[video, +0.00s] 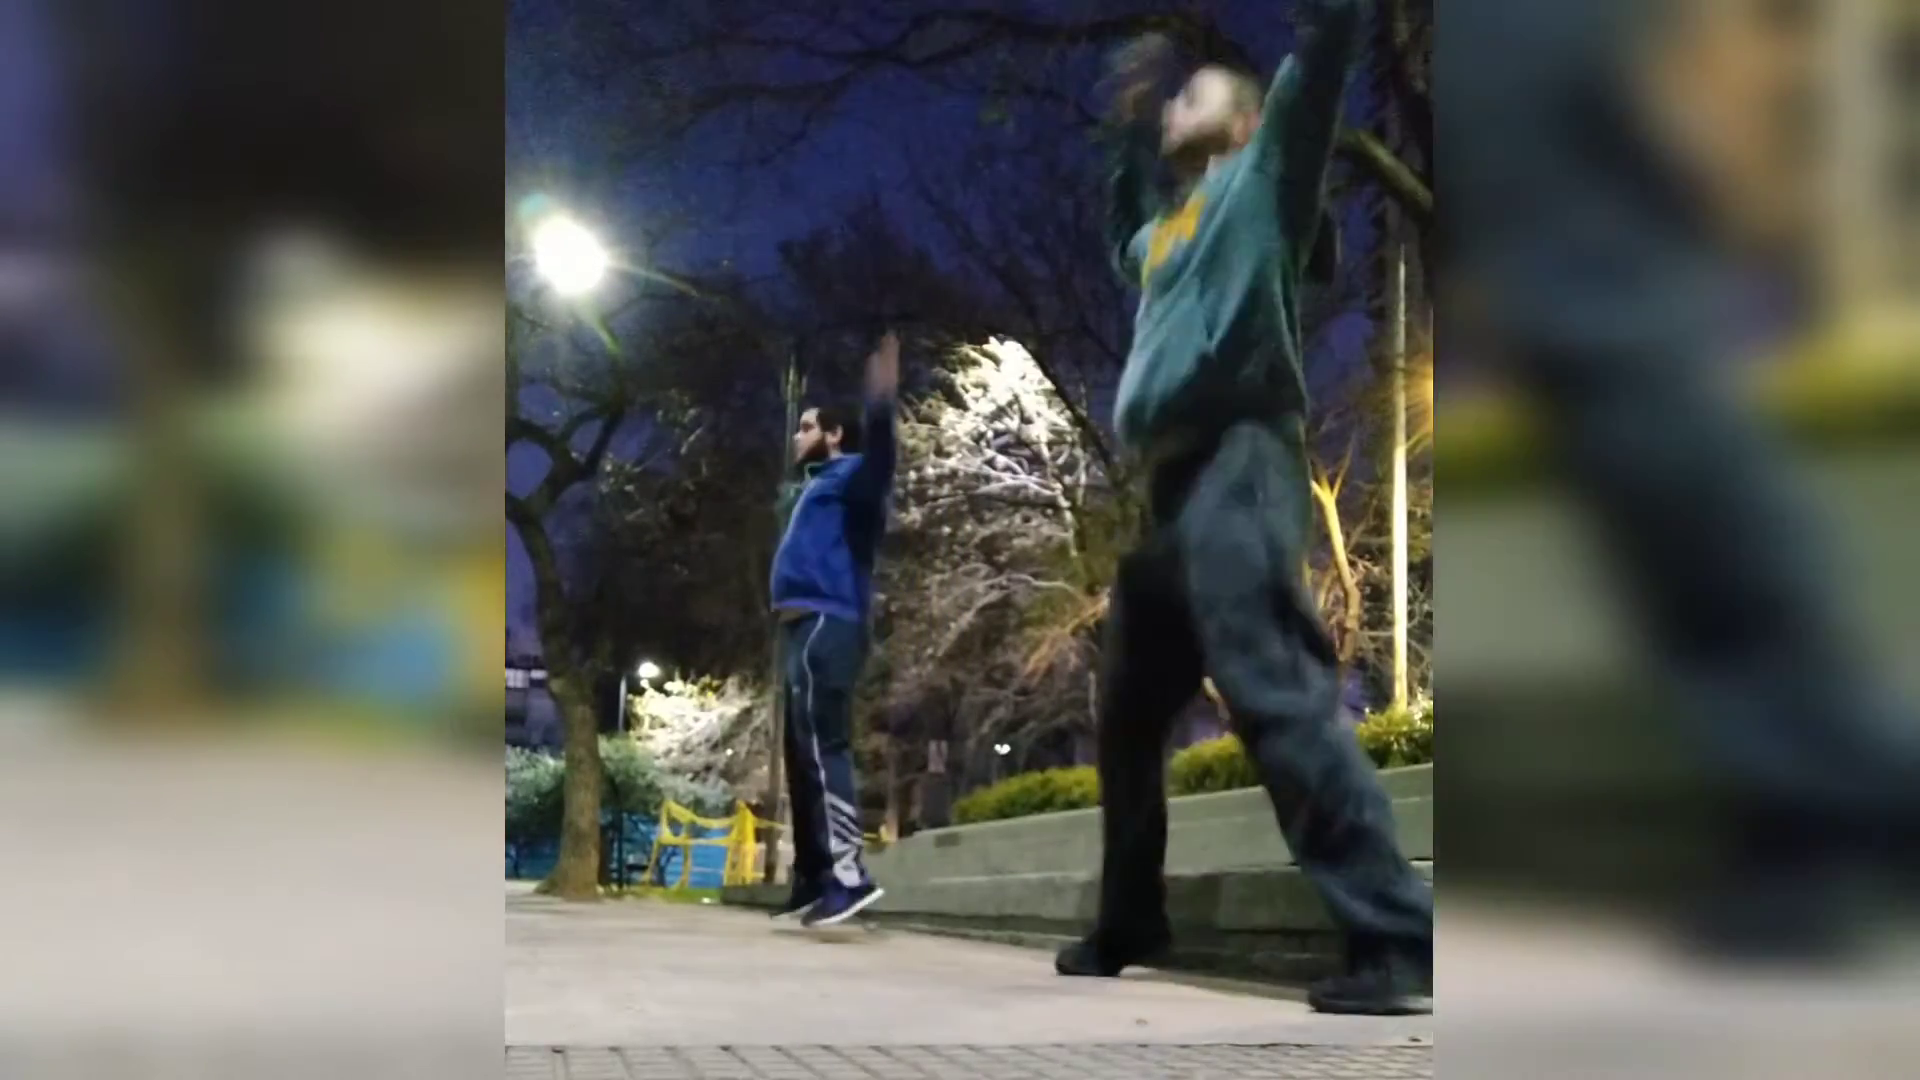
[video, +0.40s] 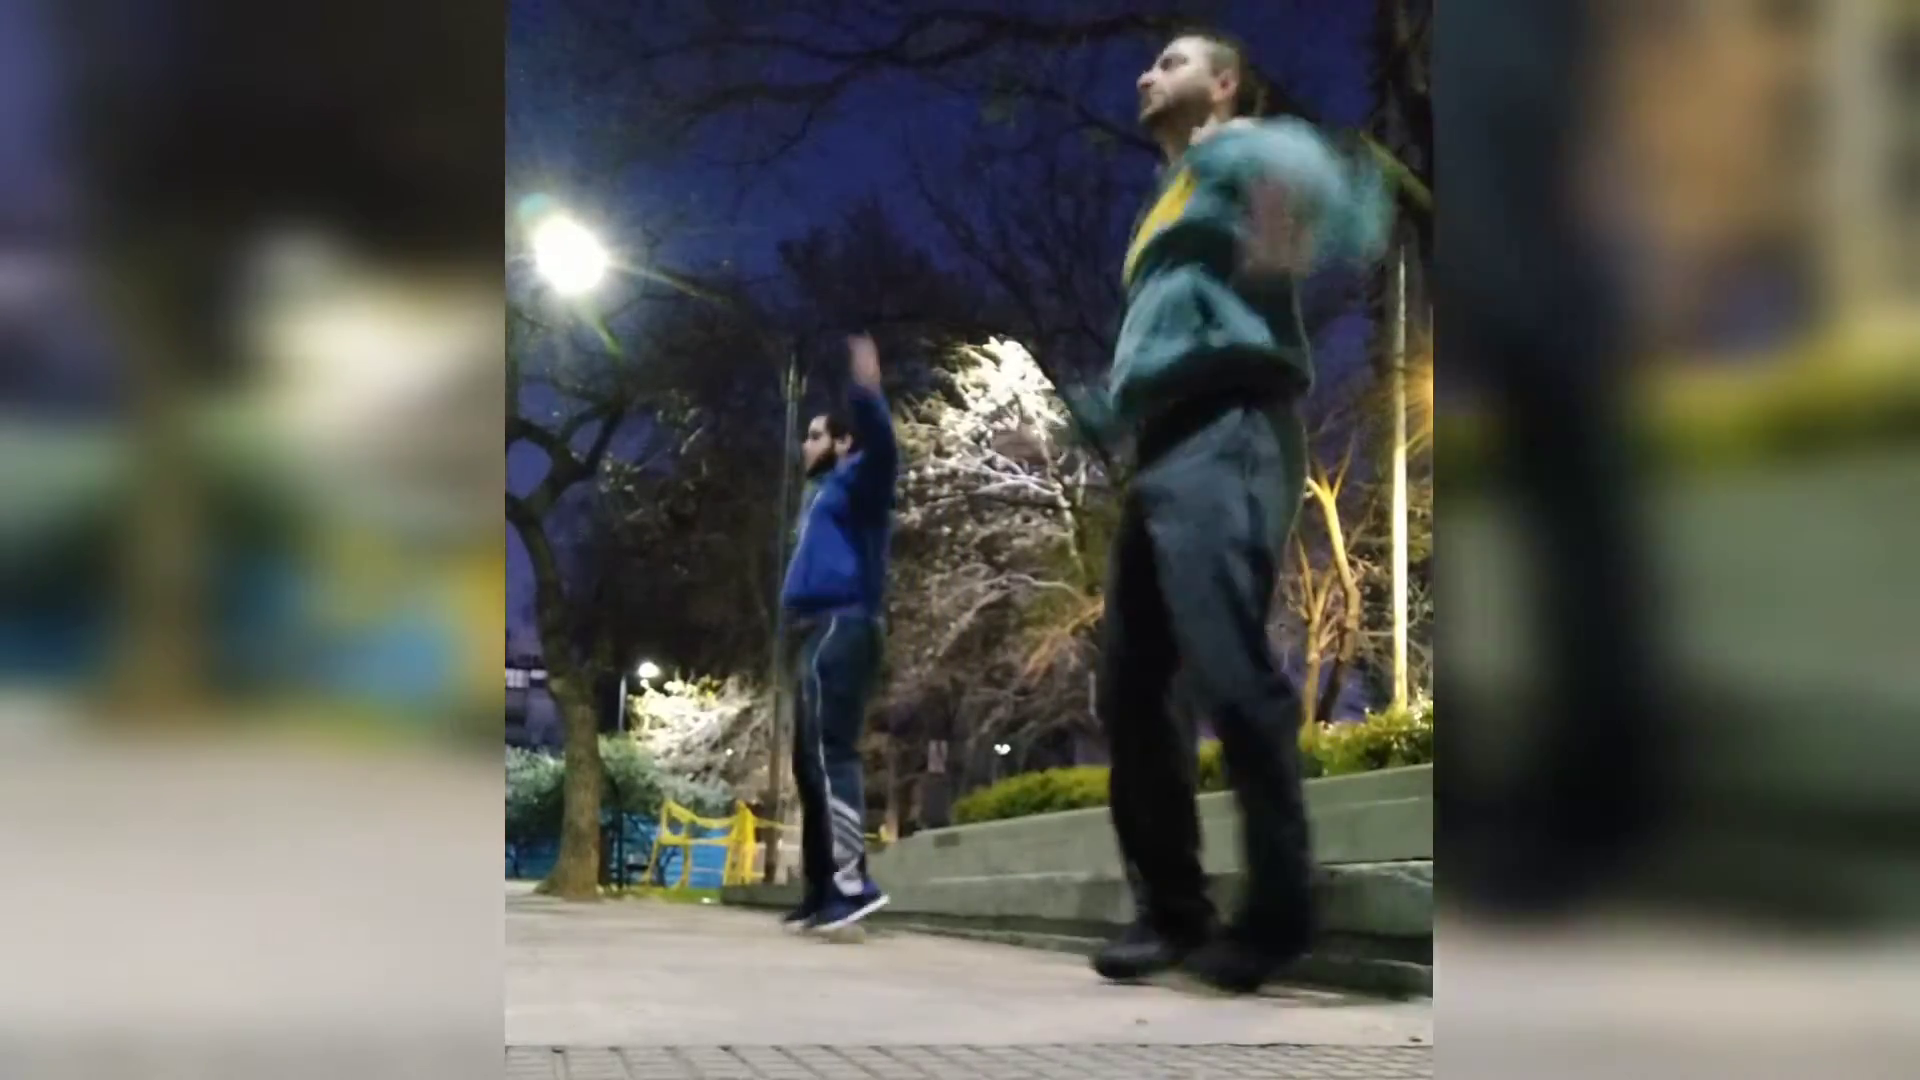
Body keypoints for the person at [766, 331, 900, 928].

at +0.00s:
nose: (799, 436)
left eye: (808, 427)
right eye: (800, 427)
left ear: (836, 432)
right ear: (816, 437)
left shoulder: (855, 476)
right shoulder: (812, 483)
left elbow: (882, 450)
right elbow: (793, 454)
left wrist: (882, 397)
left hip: (829, 618)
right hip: (794, 620)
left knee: (821, 743)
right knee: (797, 750)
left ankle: (847, 874)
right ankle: (811, 876)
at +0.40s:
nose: (809, 443)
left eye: (818, 433)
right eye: (808, 436)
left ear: (843, 437)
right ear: (814, 446)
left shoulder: (862, 475)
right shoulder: (823, 485)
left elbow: (882, 448)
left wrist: (866, 389)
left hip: (844, 618)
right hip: (807, 621)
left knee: (830, 749)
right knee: (808, 756)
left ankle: (850, 881)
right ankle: (819, 886)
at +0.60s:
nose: (809, 469)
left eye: (817, 460)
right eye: (810, 460)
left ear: (845, 465)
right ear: (842, 466)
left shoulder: (866, 504)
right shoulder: (843, 510)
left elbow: (880, 570)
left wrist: (871, 633)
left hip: (854, 654)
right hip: (833, 654)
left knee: (823, 779)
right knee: (820, 782)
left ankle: (872, 900)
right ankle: (861, 901)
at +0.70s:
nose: (815, 467)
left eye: (824, 458)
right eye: (817, 458)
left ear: (852, 464)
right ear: (848, 466)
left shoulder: (872, 509)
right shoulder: (847, 513)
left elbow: (885, 583)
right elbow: (853, 589)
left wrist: (877, 650)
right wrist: (825, 656)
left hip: (857, 662)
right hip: (832, 662)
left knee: (836, 779)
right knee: (827, 781)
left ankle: (876, 902)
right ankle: (859, 902)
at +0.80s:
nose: (820, 447)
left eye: (830, 437)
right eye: (821, 438)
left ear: (860, 442)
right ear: (838, 447)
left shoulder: (883, 477)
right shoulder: (837, 497)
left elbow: (898, 528)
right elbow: (825, 565)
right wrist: (810, 614)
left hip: (863, 624)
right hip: (827, 629)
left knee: (858, 753)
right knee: (835, 761)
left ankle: (878, 882)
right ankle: (850, 890)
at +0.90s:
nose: (826, 445)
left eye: (835, 436)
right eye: (825, 438)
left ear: (863, 442)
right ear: (836, 450)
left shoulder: (881, 489)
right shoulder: (836, 495)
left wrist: (897, 363)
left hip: (865, 622)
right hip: (829, 626)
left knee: (862, 743)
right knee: (832, 757)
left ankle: (899, 874)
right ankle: (846, 879)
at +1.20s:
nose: (832, 469)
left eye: (840, 458)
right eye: (829, 461)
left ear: (869, 456)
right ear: (844, 464)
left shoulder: (891, 499)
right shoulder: (848, 515)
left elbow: (912, 443)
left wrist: (894, 380)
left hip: (871, 644)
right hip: (833, 649)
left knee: (871, 772)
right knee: (834, 783)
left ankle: (910, 898)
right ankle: (852, 892)